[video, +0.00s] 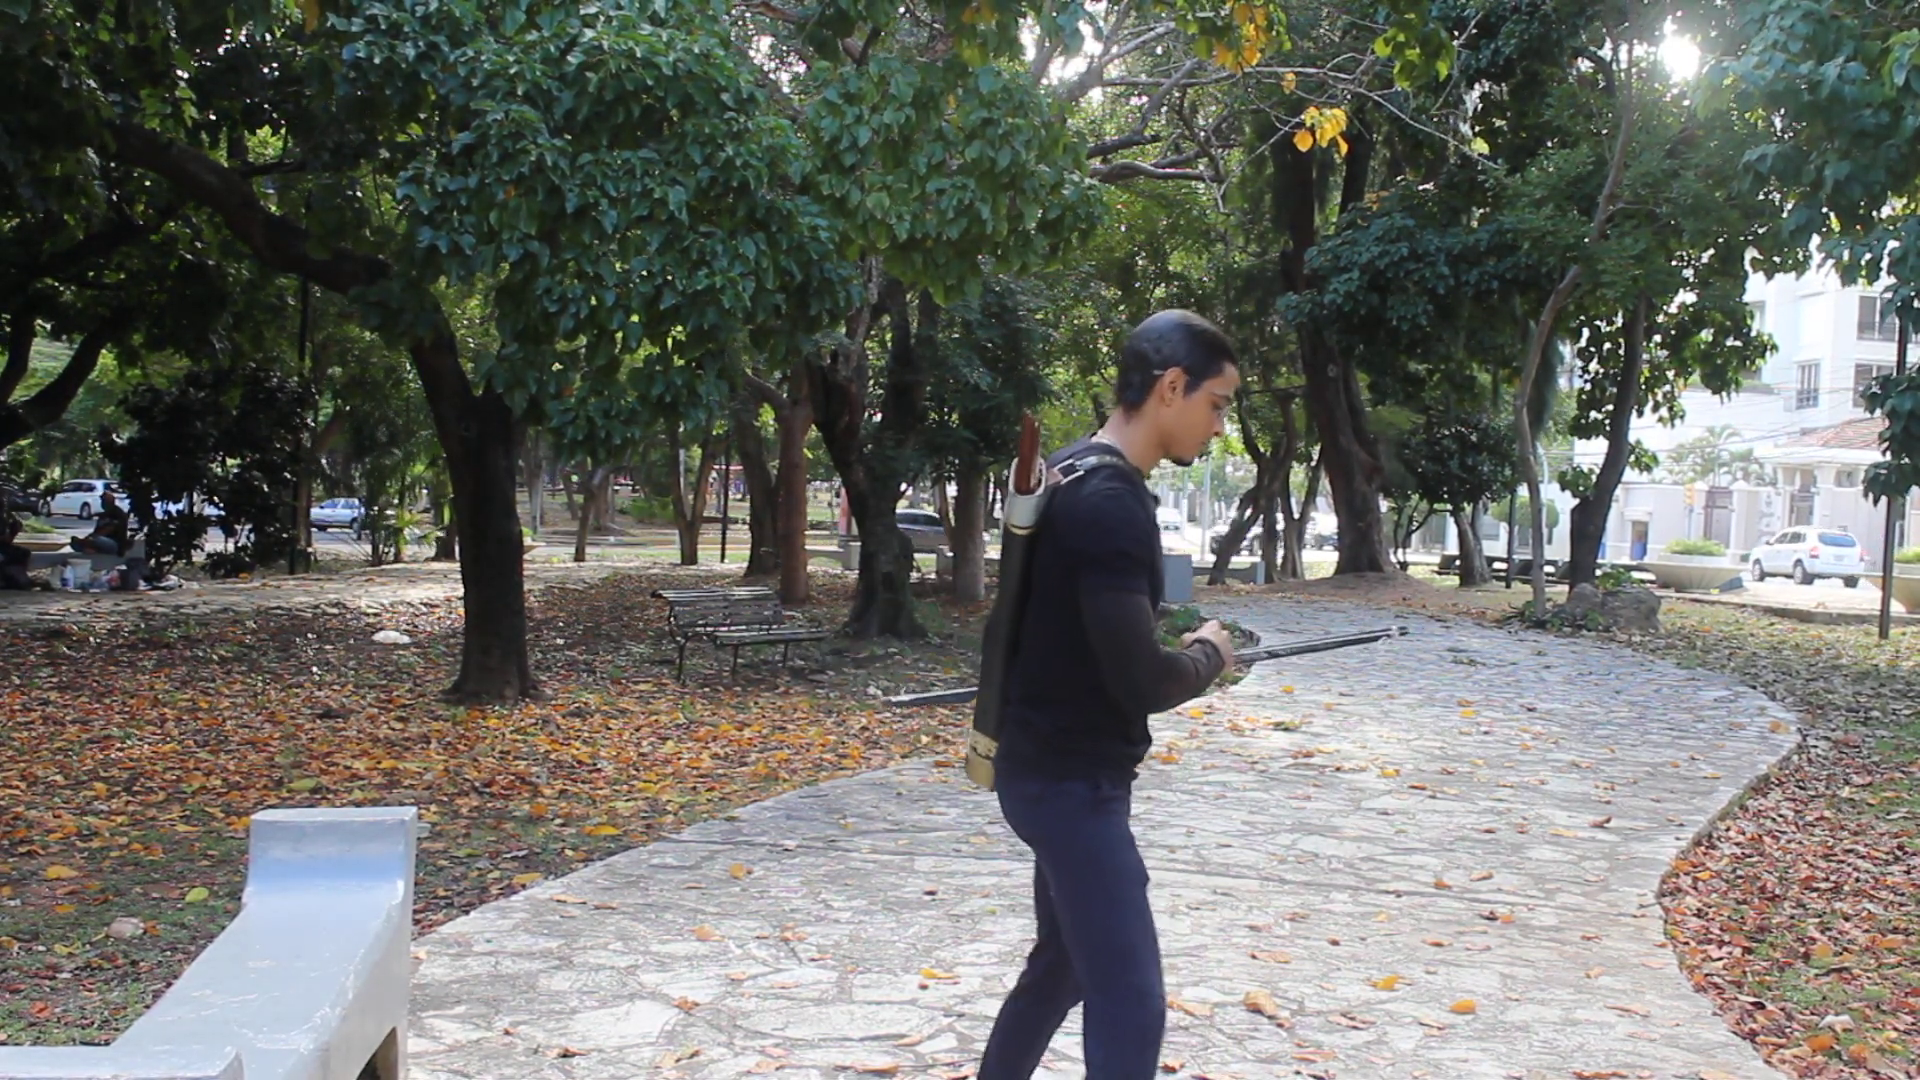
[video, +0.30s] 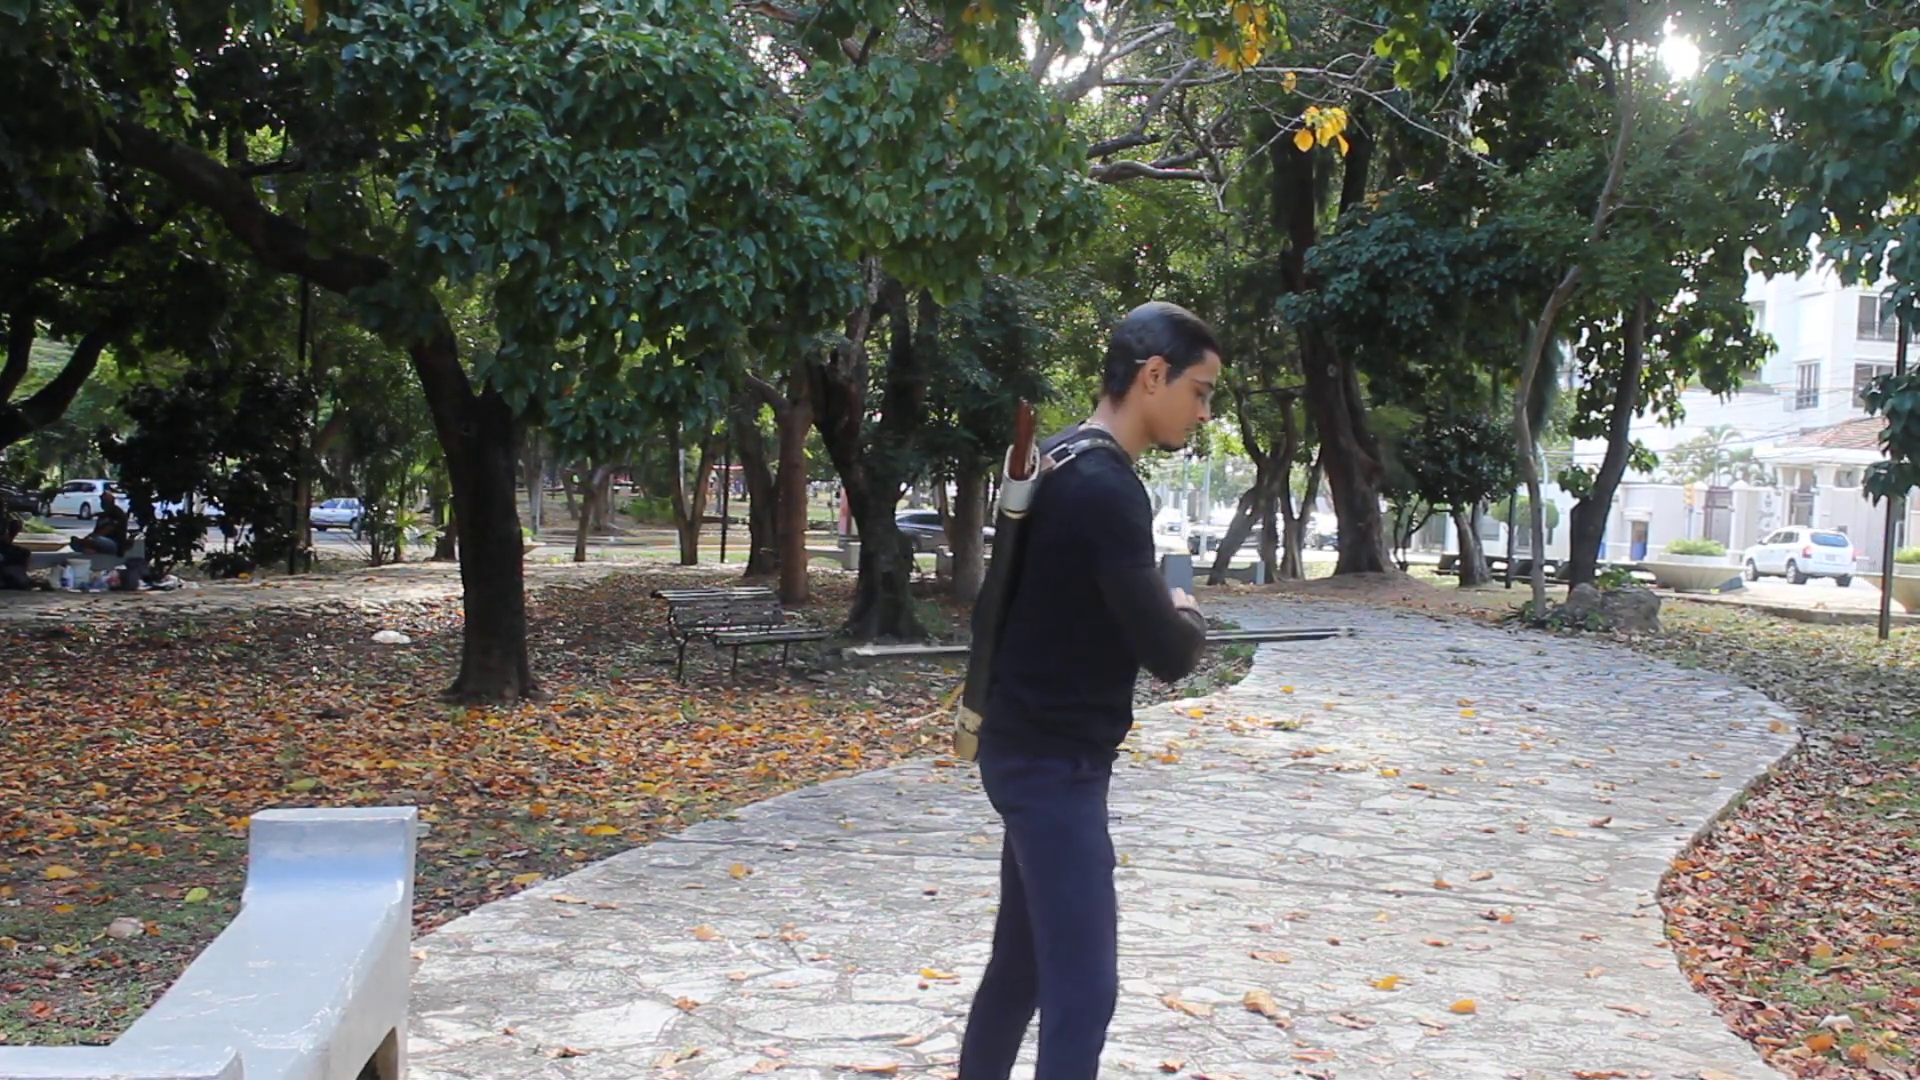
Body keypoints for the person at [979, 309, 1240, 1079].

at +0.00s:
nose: (1221, 428)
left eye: (1226, 410)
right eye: (1218, 405)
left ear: (1158, 389)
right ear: (1167, 388)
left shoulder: (1079, 474)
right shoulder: (1110, 499)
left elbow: (1072, 640)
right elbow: (1141, 681)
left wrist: (1177, 643)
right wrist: (1208, 655)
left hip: (1057, 778)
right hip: (1074, 788)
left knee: (1057, 969)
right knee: (1130, 1001)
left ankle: (995, 1073)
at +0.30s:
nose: (1204, 416)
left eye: (1209, 398)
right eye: (1201, 393)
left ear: (1137, 377)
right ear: (1151, 375)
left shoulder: (1071, 457)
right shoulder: (1104, 484)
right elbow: (1170, 653)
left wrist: (1164, 613)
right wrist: (1185, 611)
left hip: (1039, 750)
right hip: (1053, 761)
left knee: (1016, 971)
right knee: (1083, 996)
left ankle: (976, 1074)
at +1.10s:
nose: (1189, 392)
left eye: (1190, 374)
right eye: (1174, 372)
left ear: (1112, 376)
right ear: (1114, 372)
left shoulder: (1031, 454)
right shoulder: (1139, 496)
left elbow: (957, 550)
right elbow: (1227, 628)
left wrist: (898, 599)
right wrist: (1155, 564)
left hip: (1025, 750)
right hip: (1069, 767)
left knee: (1003, 965)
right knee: (1104, 1002)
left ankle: (969, 1072)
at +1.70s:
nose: (1211, 415)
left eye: (1216, 396)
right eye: (1196, 395)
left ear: (1141, 397)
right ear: (1135, 391)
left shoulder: (1056, 469)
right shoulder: (1146, 514)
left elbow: (979, 562)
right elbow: (1232, 661)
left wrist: (916, 614)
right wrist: (1194, 594)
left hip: (1040, 765)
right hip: (1068, 781)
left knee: (1033, 973)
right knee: (1145, 1001)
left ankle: (980, 1072)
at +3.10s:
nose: (1233, 378)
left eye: (1259, 353)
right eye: (1230, 357)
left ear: (1335, 363)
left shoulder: (1294, 476)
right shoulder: (1411, 499)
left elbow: (1118, 548)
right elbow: (1350, 710)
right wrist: (1235, 690)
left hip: (1320, 884)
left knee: (1256, 1066)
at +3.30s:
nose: (1246, 392)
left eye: (1272, 366)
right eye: (1243, 369)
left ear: (1350, 373)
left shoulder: (1292, 494)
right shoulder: (1430, 501)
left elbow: (1146, 590)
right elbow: (1389, 685)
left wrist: (1231, 554)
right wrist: (1254, 692)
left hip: (1321, 893)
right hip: (1385, 879)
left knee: (1254, 1067)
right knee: (1274, 1058)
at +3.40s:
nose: (1253, 391)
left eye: (1279, 366)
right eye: (1251, 368)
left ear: (1357, 372)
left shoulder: (1298, 495)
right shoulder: (1434, 499)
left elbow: (1147, 590)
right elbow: (1394, 684)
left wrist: (1253, 565)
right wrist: (1261, 693)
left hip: (1320, 891)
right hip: (1387, 879)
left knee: (1251, 1067)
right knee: (1274, 1061)